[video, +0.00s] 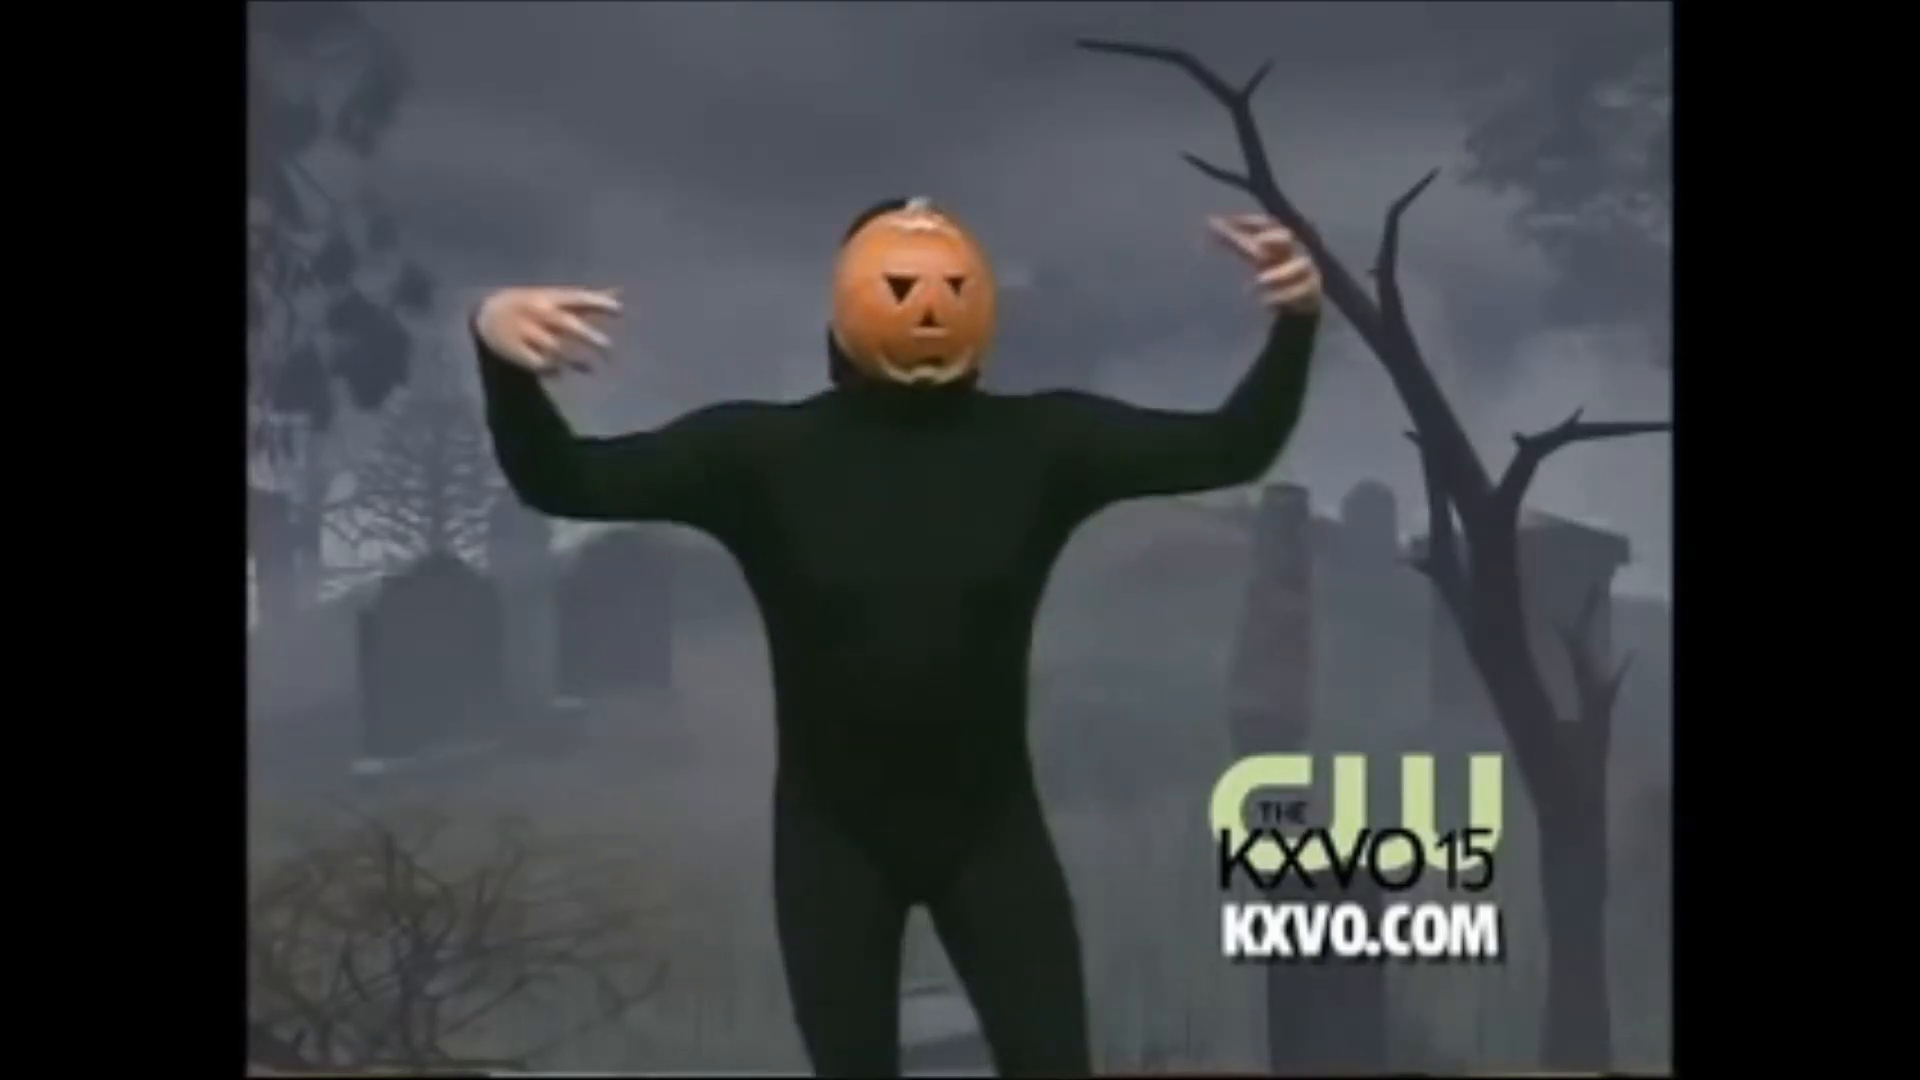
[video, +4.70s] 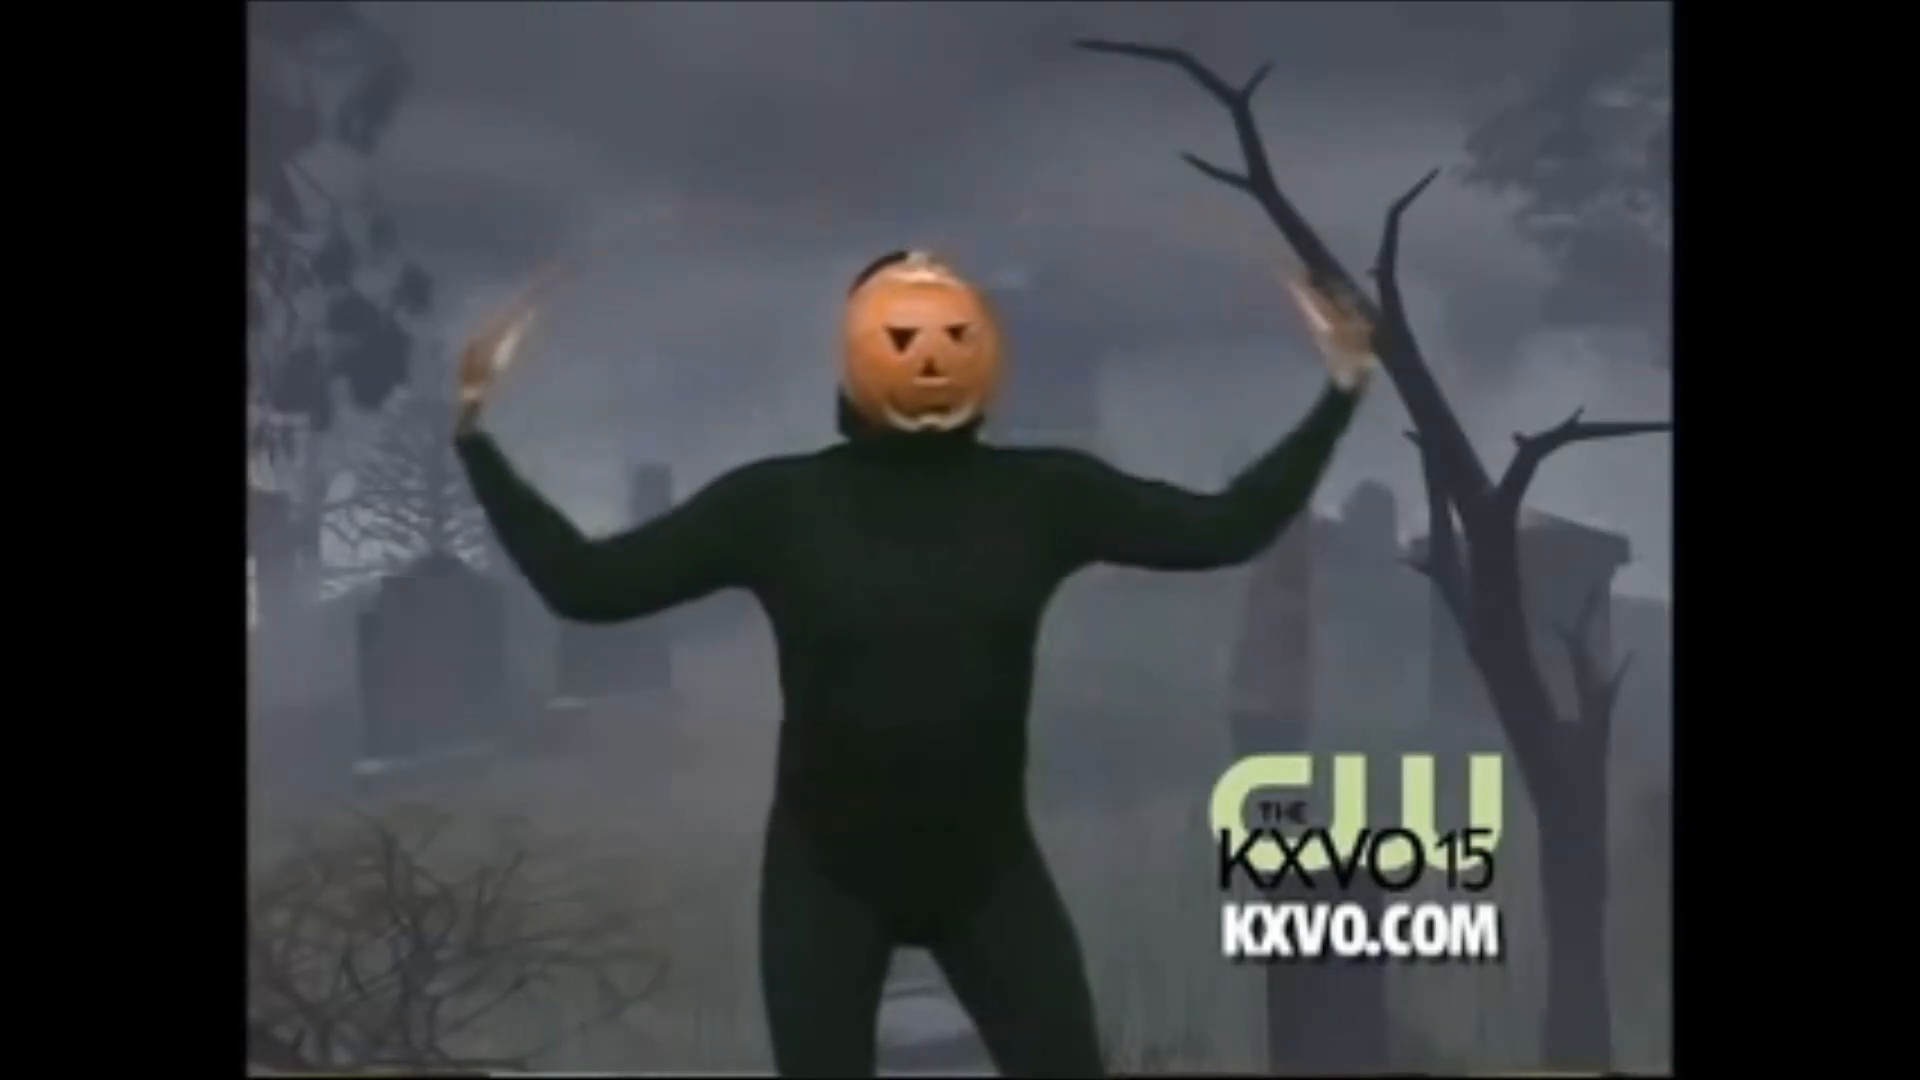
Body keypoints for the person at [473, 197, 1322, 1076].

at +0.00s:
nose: (926, 297)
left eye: (951, 281)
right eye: (893, 279)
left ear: (989, 316)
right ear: (838, 316)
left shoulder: (1050, 440)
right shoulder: (755, 450)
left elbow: (1236, 444)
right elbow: (560, 480)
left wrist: (1297, 319)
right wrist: (500, 356)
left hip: (993, 829)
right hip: (830, 839)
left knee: (1053, 1063)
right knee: (853, 1070)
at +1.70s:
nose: (922, 282)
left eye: (947, 267)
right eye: (891, 265)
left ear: (988, 300)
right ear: (841, 302)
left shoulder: (1043, 412)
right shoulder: (762, 410)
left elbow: (1217, 335)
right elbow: (576, 332)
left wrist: (1288, 199)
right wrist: (489, 180)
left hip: (1000, 838)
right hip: (830, 845)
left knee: (1086, 1065)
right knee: (820, 1067)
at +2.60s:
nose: (930, 288)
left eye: (954, 272)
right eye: (899, 271)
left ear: (992, 303)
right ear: (846, 306)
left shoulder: (1034, 402)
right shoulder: (779, 401)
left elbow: (1167, 254)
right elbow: (641, 252)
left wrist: (1195, 63)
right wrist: (609, 44)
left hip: (999, 837)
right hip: (831, 843)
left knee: (1089, 1065)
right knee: (818, 1067)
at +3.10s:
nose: (938, 313)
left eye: (963, 297)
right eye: (904, 294)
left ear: (1000, 335)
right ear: (854, 337)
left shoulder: (1035, 432)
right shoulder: (795, 433)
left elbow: (1152, 270)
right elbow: (683, 285)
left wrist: (1073, 89)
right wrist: (770, 81)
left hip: (997, 847)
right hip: (831, 852)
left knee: (1091, 1066)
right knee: (817, 1067)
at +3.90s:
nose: (943, 346)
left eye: (967, 328)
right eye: (911, 328)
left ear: (1002, 358)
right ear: (858, 358)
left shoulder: (1049, 465)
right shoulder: (783, 471)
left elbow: (1221, 372)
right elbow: (610, 396)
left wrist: (1169, 230)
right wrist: (683, 229)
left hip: (998, 861)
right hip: (835, 868)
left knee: (1083, 1065)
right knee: (825, 1068)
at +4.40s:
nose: (939, 353)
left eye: (965, 331)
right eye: (905, 332)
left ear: (1001, 362)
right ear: (853, 366)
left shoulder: (1057, 481)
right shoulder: (775, 487)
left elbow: (1241, 465)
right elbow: (578, 495)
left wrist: (1280, 311)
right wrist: (557, 321)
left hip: (995, 865)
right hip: (831, 871)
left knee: (1078, 1066)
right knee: (824, 1067)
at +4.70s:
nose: (930, 349)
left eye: (956, 331)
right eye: (899, 332)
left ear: (992, 364)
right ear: (848, 368)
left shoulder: (1047, 494)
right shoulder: (777, 503)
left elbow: (1232, 524)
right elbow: (585, 584)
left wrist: (1344, 385)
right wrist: (472, 431)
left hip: (989, 866)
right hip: (825, 873)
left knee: (1067, 1064)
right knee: (822, 1070)